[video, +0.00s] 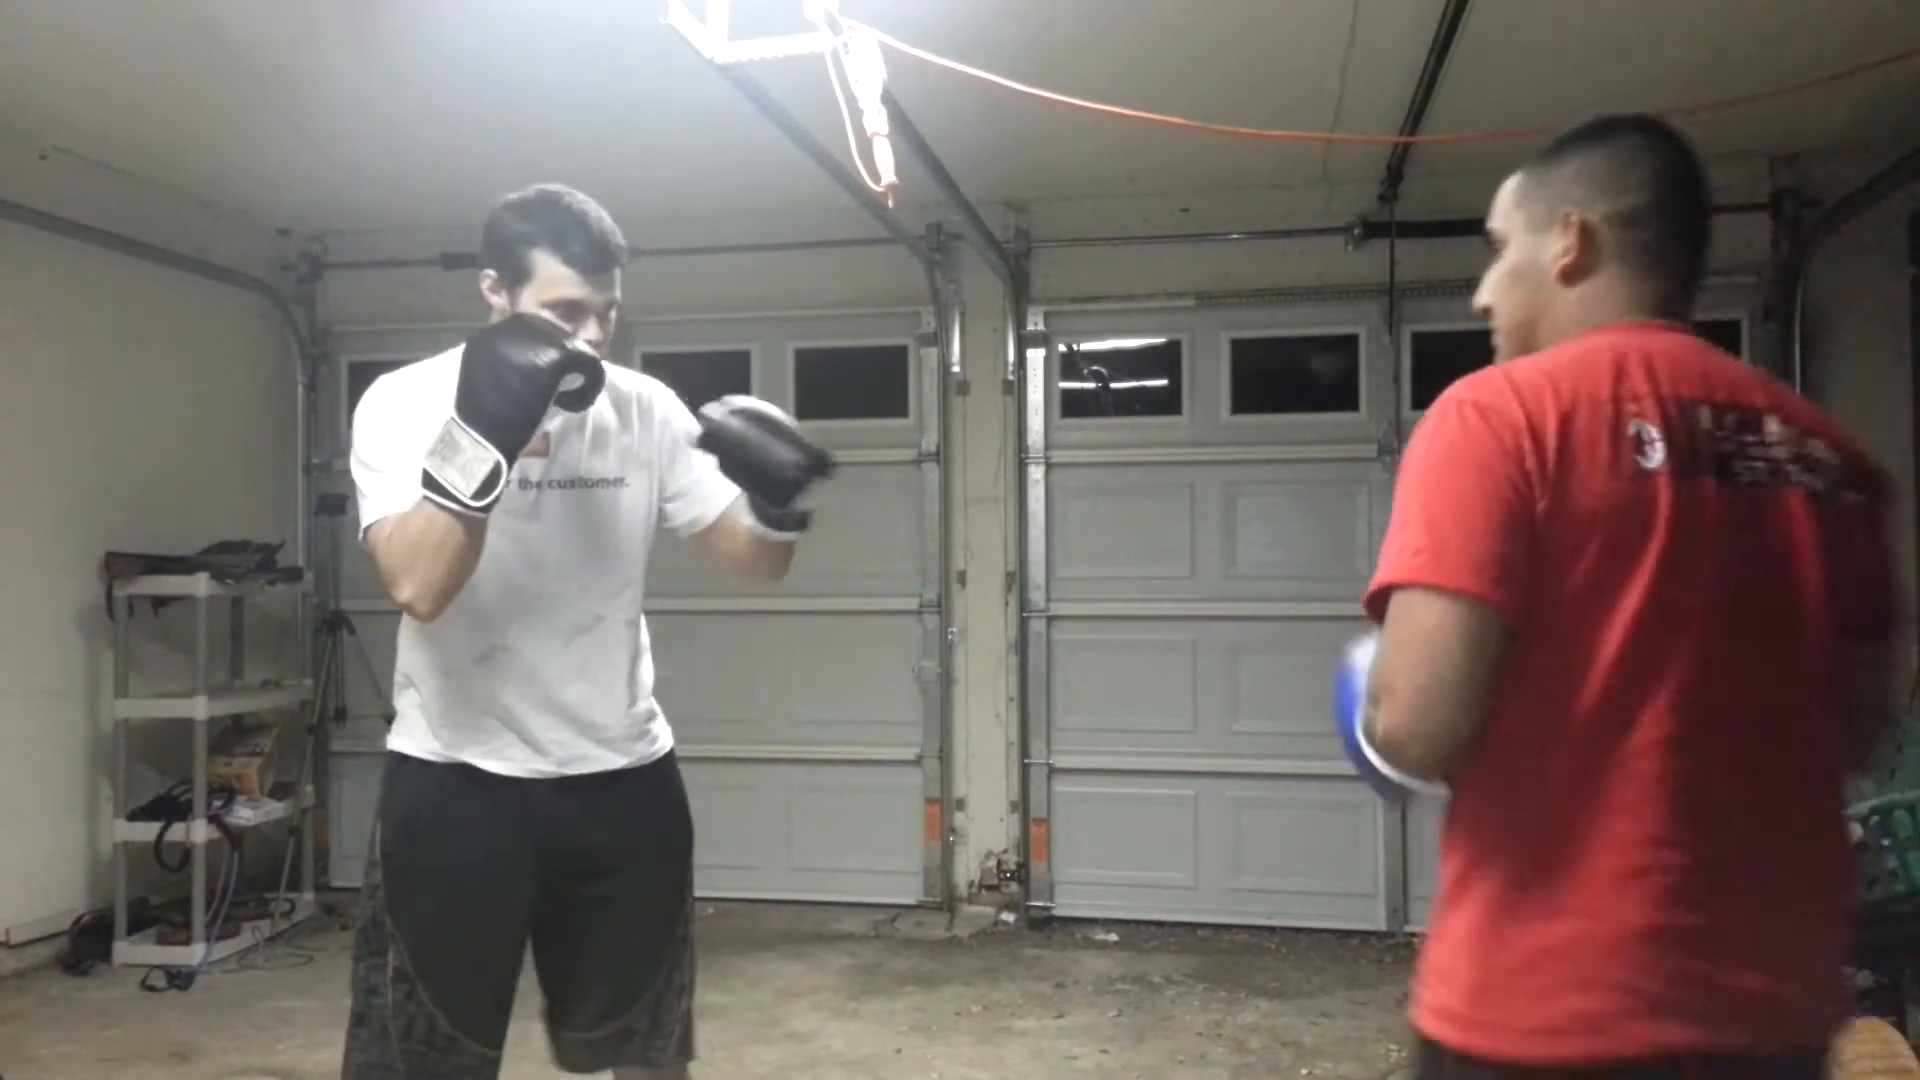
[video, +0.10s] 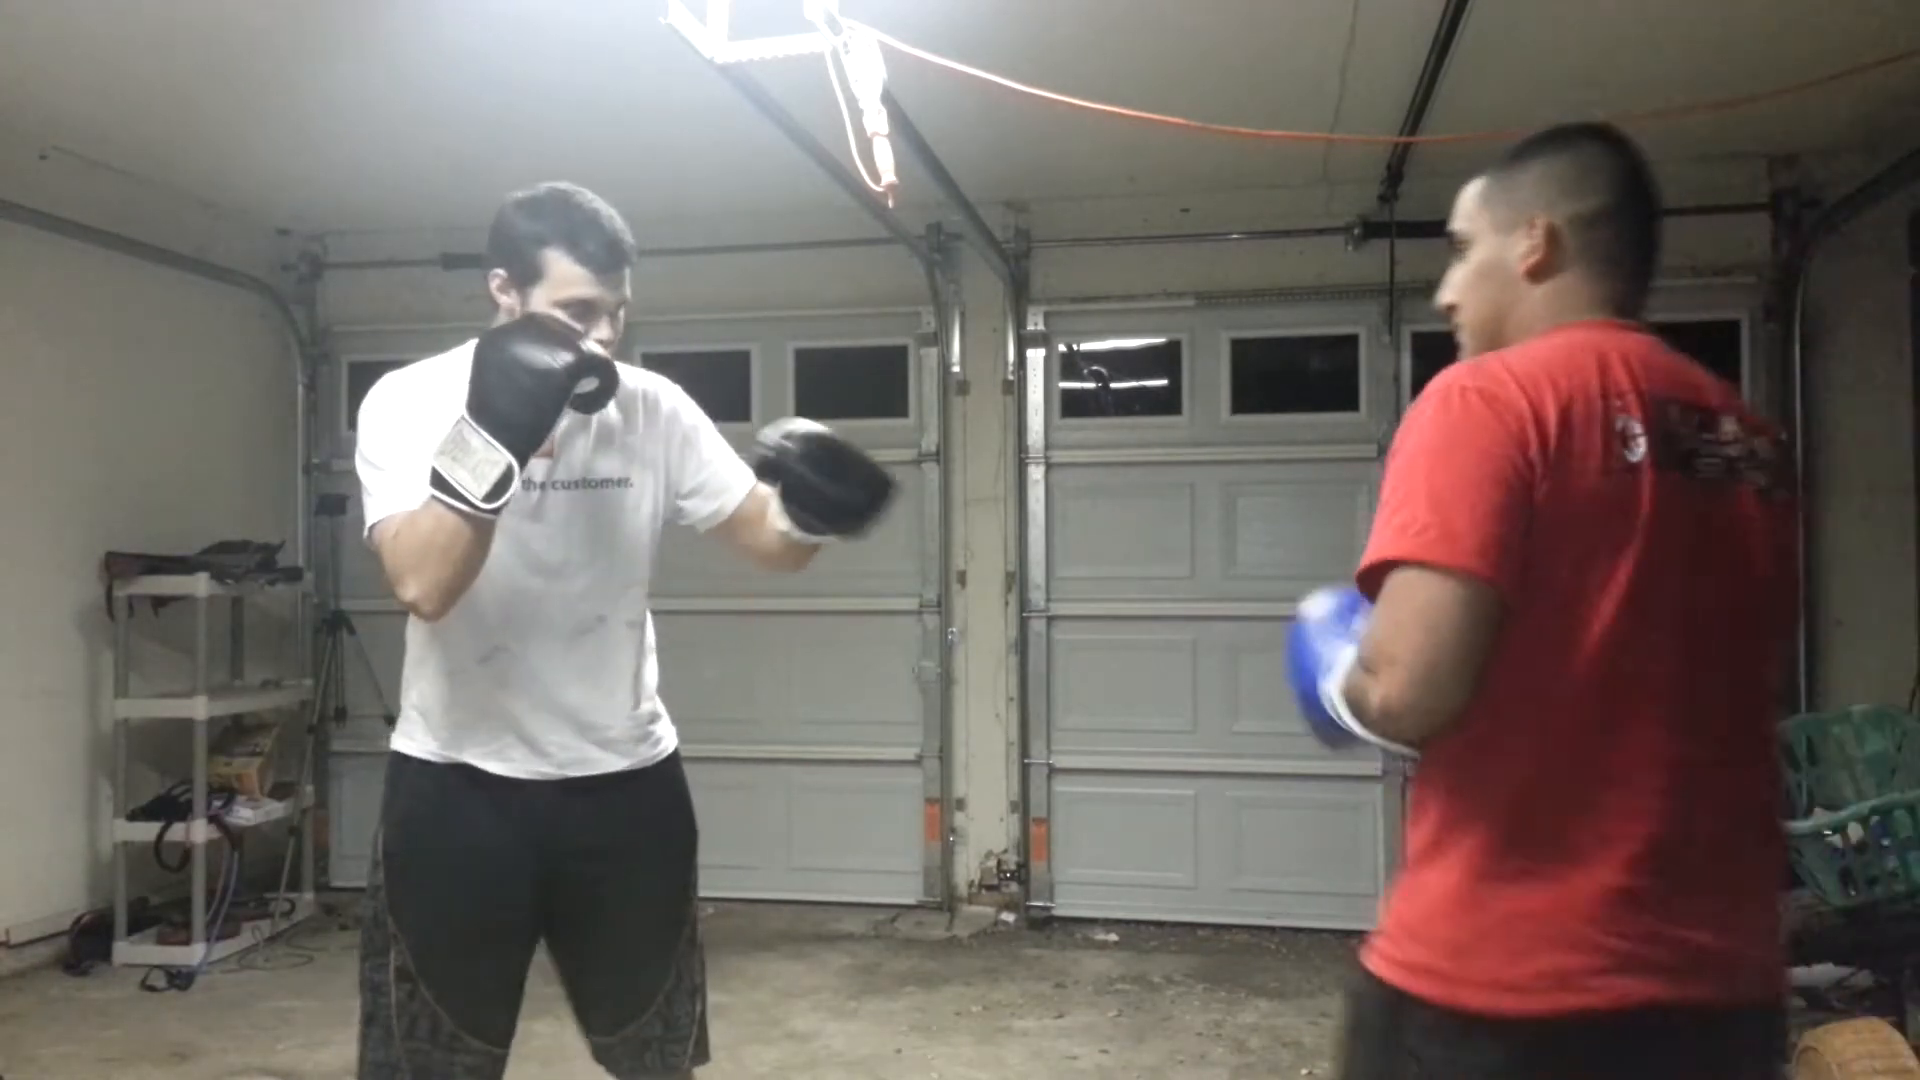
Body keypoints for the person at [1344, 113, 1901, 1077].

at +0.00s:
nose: (1481, 289)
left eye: (1498, 245)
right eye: (1489, 251)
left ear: (1570, 245)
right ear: (1680, 262)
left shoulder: (1498, 413)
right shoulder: (1834, 453)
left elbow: (1422, 730)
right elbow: (1861, 728)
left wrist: (1384, 677)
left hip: (1545, 1020)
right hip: (1773, 1018)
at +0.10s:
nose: (1442, 290)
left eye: (1459, 247)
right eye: (1450, 251)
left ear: (1536, 247)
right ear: (1625, 258)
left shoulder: (1489, 397)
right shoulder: (1750, 432)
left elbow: (1411, 694)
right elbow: (1742, 679)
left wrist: (1342, 662)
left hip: (1494, 1002)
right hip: (1716, 1001)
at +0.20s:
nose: (1398, 302)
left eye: (1415, 259)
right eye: (1404, 267)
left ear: (1494, 259)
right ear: (1519, 262)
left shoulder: (1467, 406)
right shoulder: (1668, 427)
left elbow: (1395, 680)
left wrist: (1299, 635)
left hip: (1454, 986)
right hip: (1653, 986)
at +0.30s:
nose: (1348, 317)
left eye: (1367, 281)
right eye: (1355, 287)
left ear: (1442, 284)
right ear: (1457, 285)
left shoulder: (1430, 426)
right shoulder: (1589, 435)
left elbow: (1356, 679)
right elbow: (1508, 651)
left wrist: (1244, 603)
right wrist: (1332, 572)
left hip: (1422, 977)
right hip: (1596, 973)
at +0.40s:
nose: (1296, 334)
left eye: (1316, 301)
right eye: (1302, 304)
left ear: (1388, 309)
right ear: (1395, 308)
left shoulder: (1385, 450)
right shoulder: (1516, 446)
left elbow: (1271, 679)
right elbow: (1430, 637)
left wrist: (1189, 561)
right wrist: (1283, 541)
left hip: (1370, 970)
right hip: (1523, 960)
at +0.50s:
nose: (1244, 338)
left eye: (1263, 309)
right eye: (1249, 311)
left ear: (1332, 318)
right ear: (1334, 318)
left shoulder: (1333, 457)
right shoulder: (1449, 448)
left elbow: (1183, 662)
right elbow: (1347, 619)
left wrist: (1129, 521)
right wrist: (1224, 517)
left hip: (1307, 935)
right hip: (1443, 920)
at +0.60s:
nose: (1208, 339)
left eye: (1225, 310)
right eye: (1212, 312)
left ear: (1293, 321)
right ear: (1295, 321)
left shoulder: (1291, 455)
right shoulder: (1397, 445)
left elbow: (1114, 620)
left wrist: (1081, 475)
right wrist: (1167, 487)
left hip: (1262, 907)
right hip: (1371, 892)